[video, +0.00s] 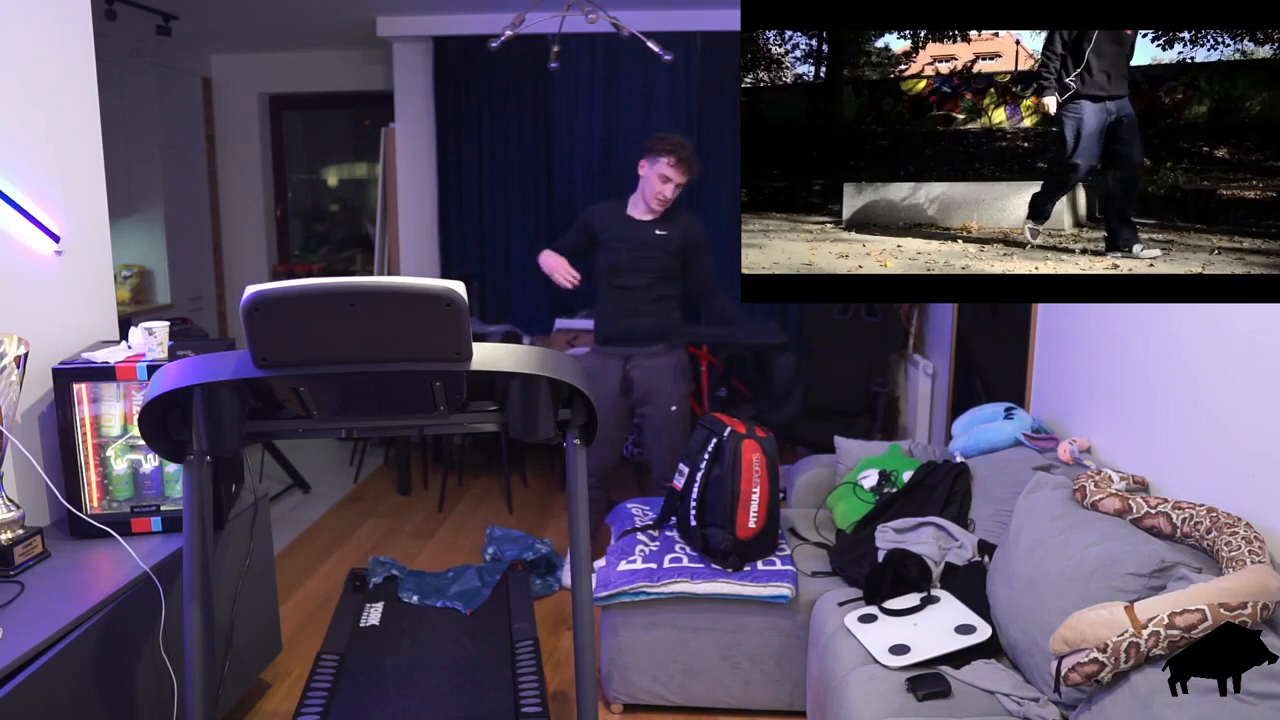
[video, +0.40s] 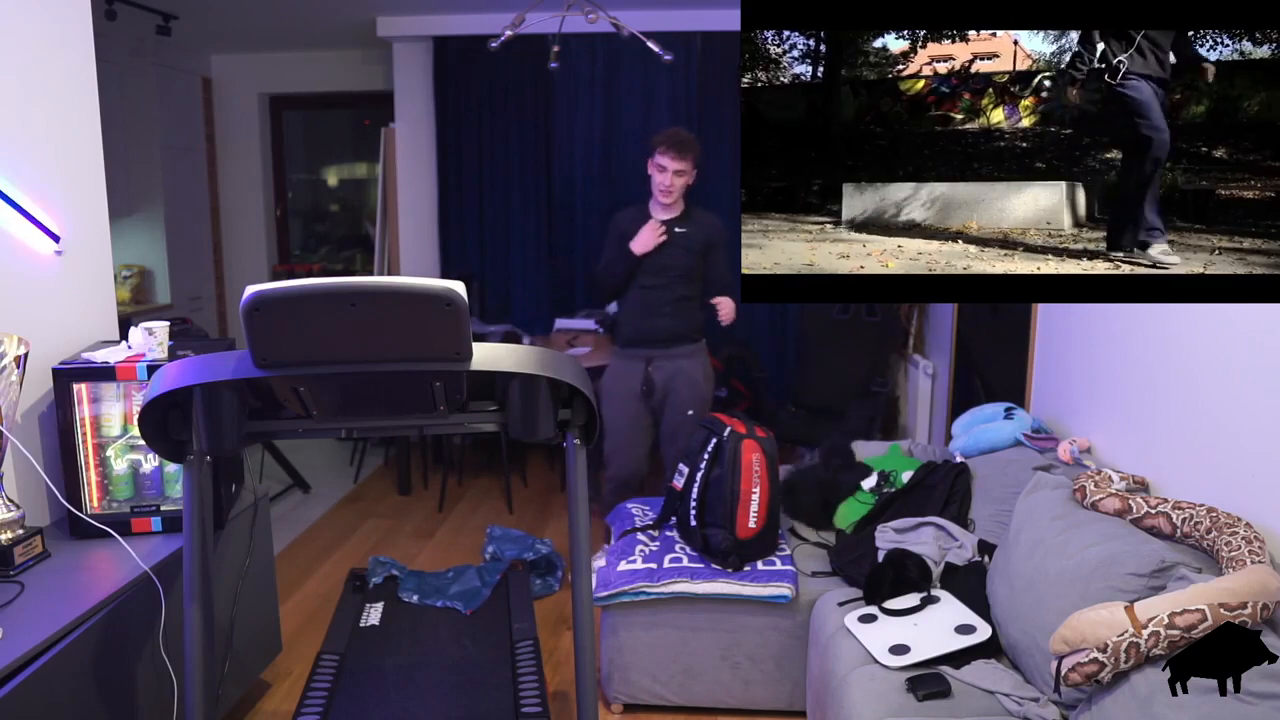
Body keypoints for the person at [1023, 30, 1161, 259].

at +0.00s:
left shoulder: (1129, 33)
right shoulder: (1068, 31)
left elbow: (1123, 57)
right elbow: (1053, 47)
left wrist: (1118, 93)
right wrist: (1048, 90)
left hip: (1119, 98)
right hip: (1082, 97)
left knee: (1126, 171)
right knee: (1077, 166)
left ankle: (1121, 242)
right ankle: (1038, 211)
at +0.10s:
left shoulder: (1140, 33)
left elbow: (1138, 53)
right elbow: (1065, 40)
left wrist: (1137, 95)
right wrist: (1056, 85)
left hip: (1130, 91)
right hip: (1095, 88)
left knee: (1135, 168)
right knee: (1103, 156)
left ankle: (1121, 241)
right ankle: (1061, 206)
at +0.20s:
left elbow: (1148, 49)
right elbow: (1071, 40)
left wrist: (1155, 90)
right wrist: (1061, 83)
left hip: (1137, 87)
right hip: (1102, 83)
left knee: (1139, 164)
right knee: (1120, 152)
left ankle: (1122, 241)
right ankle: (1077, 215)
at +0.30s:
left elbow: (1165, 44)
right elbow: (1084, 37)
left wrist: (1181, 74)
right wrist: (1069, 77)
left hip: (1150, 82)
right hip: (1118, 76)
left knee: (1147, 153)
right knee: (1143, 143)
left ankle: (1129, 236)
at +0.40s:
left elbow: (1179, 40)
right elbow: (1092, 35)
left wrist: (1197, 61)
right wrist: (1076, 72)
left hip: (1157, 78)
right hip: (1123, 69)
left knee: (1140, 156)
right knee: (1156, 140)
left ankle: (1121, 241)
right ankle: (1150, 237)